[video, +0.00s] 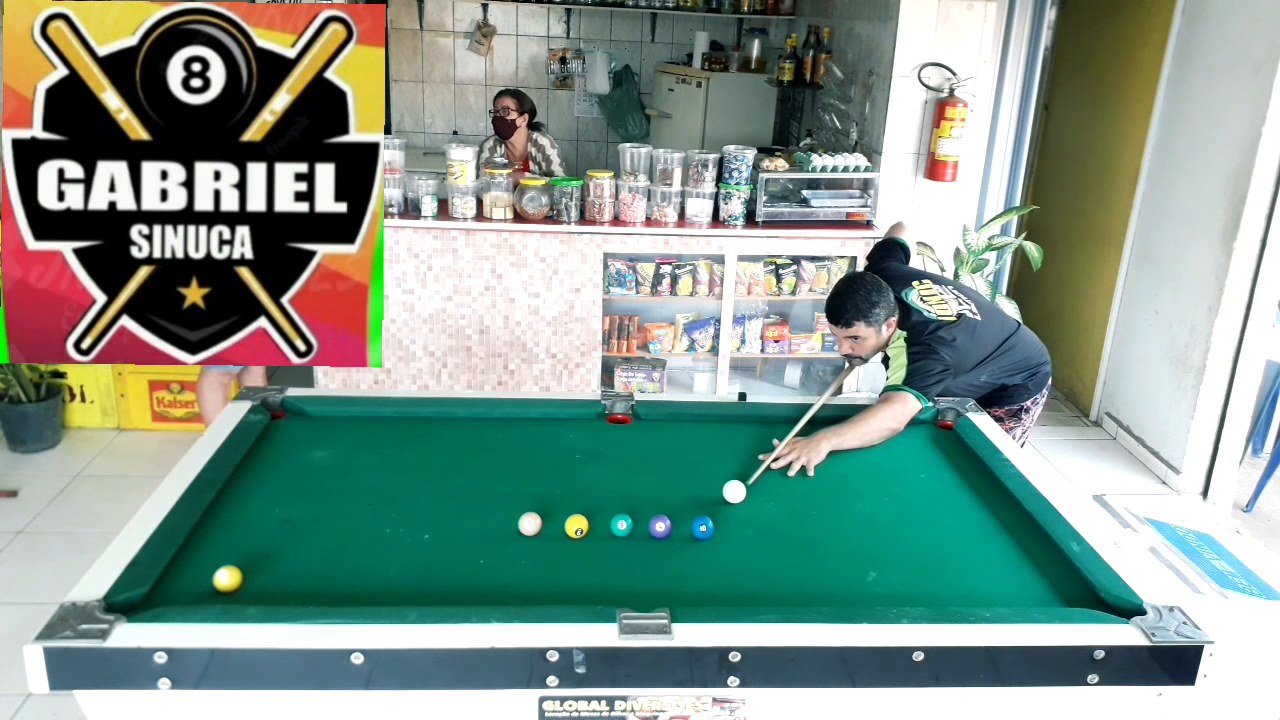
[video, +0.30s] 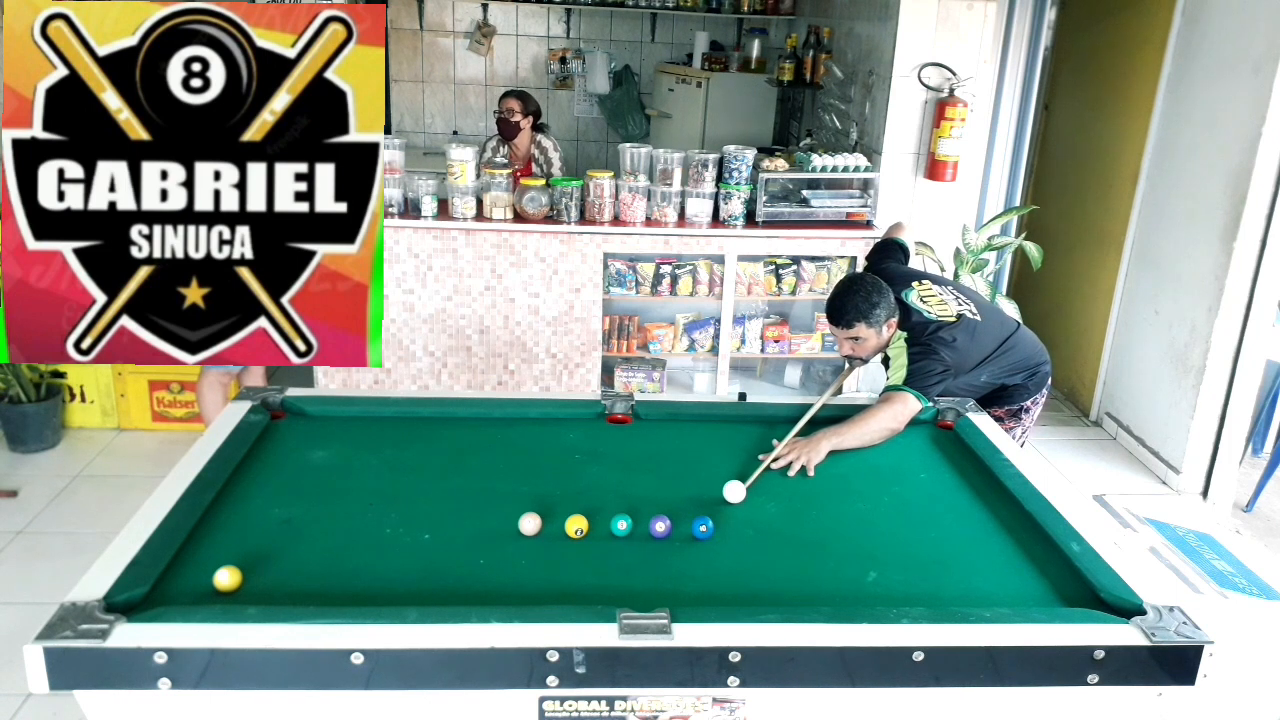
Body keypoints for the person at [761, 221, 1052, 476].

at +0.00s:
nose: (844, 349)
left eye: (854, 338)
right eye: (837, 336)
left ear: (889, 326)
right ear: (833, 318)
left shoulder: (926, 351)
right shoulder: (885, 272)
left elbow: (893, 415)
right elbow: (901, 229)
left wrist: (824, 439)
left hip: (1021, 375)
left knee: (986, 475)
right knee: (946, 459)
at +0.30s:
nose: (844, 350)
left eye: (854, 340)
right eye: (837, 337)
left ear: (889, 327)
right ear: (833, 319)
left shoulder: (926, 352)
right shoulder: (883, 273)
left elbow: (893, 415)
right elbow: (900, 230)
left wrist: (824, 439)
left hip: (1021, 375)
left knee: (985, 475)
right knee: (945, 458)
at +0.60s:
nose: (844, 350)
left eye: (855, 340)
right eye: (837, 337)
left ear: (889, 328)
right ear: (833, 319)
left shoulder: (926, 351)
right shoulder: (884, 273)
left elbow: (894, 414)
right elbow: (900, 231)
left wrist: (824, 439)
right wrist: (870, 294)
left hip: (1021, 375)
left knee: (984, 476)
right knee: (943, 458)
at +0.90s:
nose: (844, 351)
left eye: (855, 340)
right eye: (837, 338)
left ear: (889, 327)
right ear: (832, 320)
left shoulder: (926, 351)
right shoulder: (884, 274)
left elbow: (894, 413)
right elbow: (899, 232)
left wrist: (824, 439)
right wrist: (869, 293)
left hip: (1021, 375)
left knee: (985, 475)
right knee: (944, 458)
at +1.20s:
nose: (844, 351)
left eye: (855, 341)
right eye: (837, 338)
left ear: (889, 328)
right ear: (832, 321)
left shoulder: (927, 350)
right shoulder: (883, 275)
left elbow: (893, 414)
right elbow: (898, 235)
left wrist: (823, 439)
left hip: (1022, 374)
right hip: (971, 361)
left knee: (988, 475)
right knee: (947, 458)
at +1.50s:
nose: (845, 353)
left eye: (855, 343)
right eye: (838, 340)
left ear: (889, 330)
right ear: (832, 322)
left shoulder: (926, 353)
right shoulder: (883, 275)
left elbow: (894, 417)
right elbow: (897, 234)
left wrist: (823, 439)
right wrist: (869, 287)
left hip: (1021, 375)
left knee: (985, 476)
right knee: (945, 458)